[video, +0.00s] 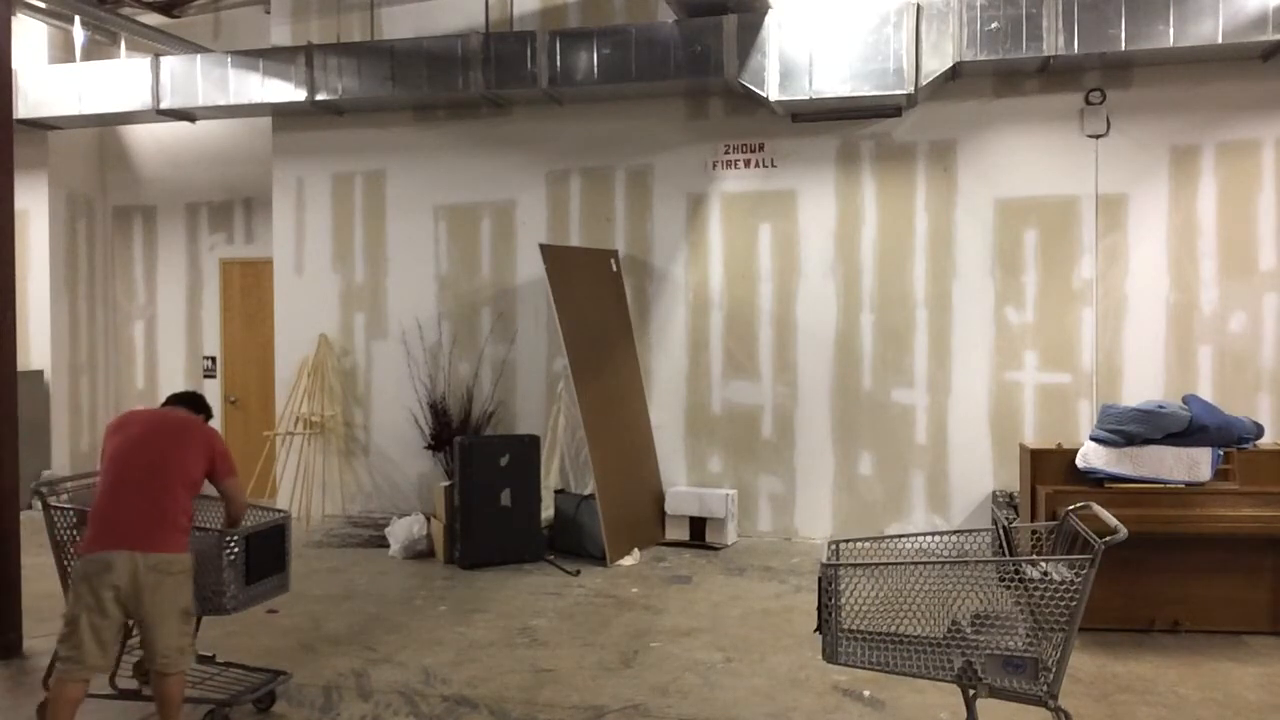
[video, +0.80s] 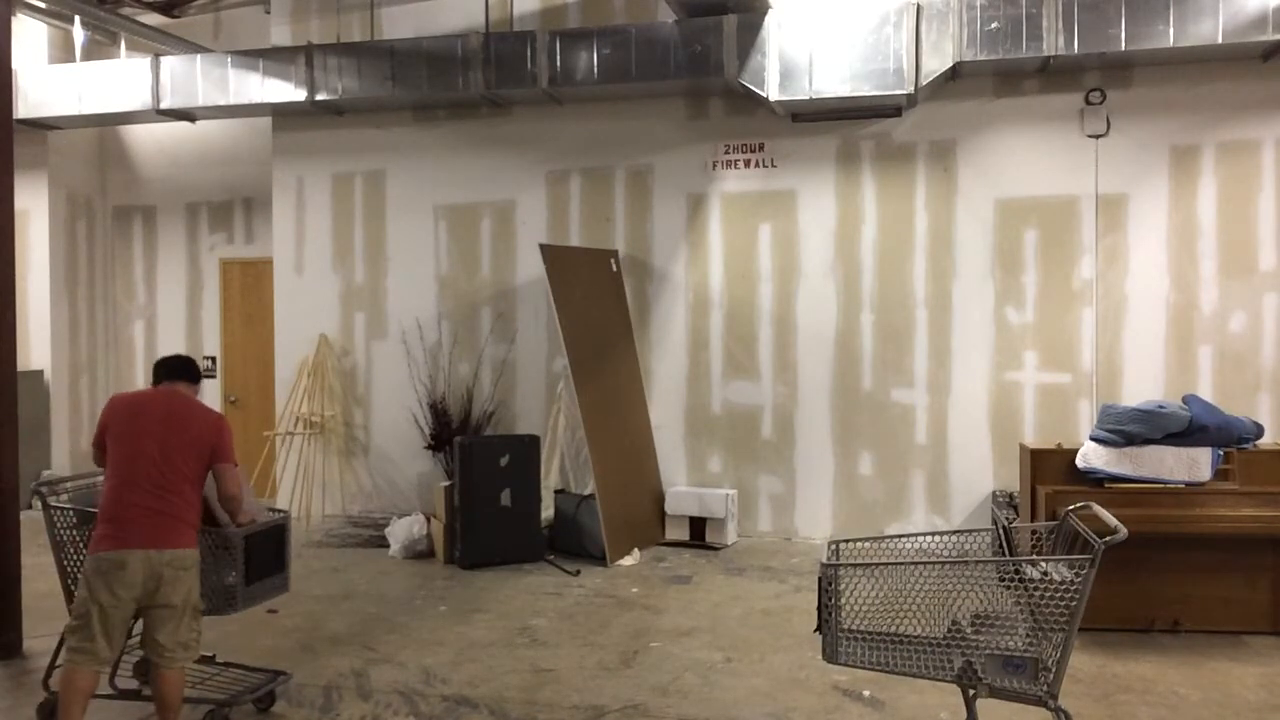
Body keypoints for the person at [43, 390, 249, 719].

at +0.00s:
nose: (204, 430)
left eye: (206, 427)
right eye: (206, 426)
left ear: (164, 407)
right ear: (201, 419)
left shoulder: (120, 422)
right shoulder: (206, 434)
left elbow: (107, 481)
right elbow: (237, 501)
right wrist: (229, 527)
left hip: (101, 552)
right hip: (164, 556)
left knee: (76, 663)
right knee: (169, 663)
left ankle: (55, 712)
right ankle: (170, 715)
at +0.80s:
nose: (197, 396)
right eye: (198, 391)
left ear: (155, 381)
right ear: (196, 388)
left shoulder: (118, 405)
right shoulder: (211, 421)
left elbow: (101, 458)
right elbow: (229, 491)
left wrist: (146, 467)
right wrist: (238, 516)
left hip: (114, 552)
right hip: (176, 555)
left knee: (86, 655)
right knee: (170, 658)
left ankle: (65, 715)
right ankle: (169, 715)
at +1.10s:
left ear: (123, 376)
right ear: (166, 372)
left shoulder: (102, 408)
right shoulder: (192, 411)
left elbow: (69, 435)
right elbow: (221, 477)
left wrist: (112, 411)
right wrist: (239, 481)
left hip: (113, 556)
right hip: (174, 554)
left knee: (84, 659)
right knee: (170, 656)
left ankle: (69, 716)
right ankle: (170, 716)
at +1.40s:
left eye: (78, 371)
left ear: (77, 375)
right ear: (123, 372)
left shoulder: (61, 421)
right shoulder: (154, 420)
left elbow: (7, 429)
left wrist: (25, 387)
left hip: (76, 568)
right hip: (141, 563)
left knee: (66, 673)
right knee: (153, 662)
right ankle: (164, 716)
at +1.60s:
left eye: (57, 367)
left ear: (54, 373)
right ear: (100, 371)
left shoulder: (29, 423)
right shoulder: (127, 423)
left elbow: (4, 470)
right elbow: (128, 475)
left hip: (45, 569)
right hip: (107, 565)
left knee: (54, 678)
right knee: (122, 655)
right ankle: (145, 714)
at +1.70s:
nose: (41, 374)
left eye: (42, 368)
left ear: (44, 371)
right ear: (90, 371)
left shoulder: (22, 420)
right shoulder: (115, 423)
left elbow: (6, 473)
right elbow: (106, 484)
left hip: (39, 567)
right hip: (95, 560)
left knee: (51, 676)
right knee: (99, 654)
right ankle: (119, 714)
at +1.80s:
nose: (27, 377)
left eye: (28, 370)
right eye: (28, 370)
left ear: (36, 372)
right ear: (78, 372)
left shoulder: (15, 421)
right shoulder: (104, 425)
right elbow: (95, 480)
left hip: (34, 566)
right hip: (85, 560)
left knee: (48, 677)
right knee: (74, 660)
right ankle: (79, 713)